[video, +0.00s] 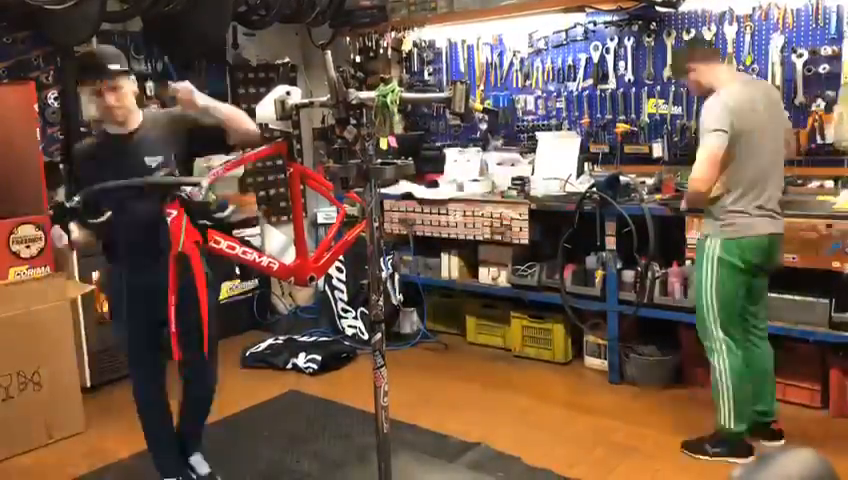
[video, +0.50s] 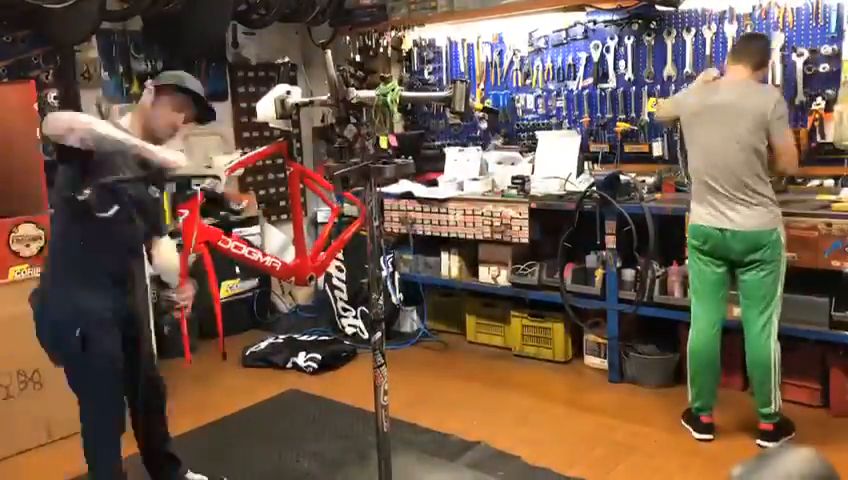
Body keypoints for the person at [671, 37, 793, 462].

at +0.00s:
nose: (690, 88)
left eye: (687, 80)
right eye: (687, 81)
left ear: (696, 68)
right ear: (717, 58)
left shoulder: (720, 102)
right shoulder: (768, 91)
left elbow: (703, 180)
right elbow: (788, 147)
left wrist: (690, 203)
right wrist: (744, 170)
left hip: (729, 235)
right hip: (767, 232)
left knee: (720, 334)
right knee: (753, 328)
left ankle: (731, 435)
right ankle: (764, 423)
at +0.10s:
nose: (754, 66)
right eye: (757, 60)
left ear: (718, 56)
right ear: (753, 59)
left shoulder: (681, 97)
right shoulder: (770, 105)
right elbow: (775, 178)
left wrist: (691, 158)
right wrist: (758, 161)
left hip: (678, 220)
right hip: (732, 226)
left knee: (684, 319)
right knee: (738, 322)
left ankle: (688, 417)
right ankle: (726, 426)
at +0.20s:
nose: (781, 73)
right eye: (782, 68)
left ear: (741, 57)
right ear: (777, 65)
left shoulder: (708, 96)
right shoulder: (782, 97)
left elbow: (684, 137)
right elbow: (802, 164)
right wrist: (777, 158)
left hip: (712, 226)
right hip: (765, 229)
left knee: (707, 321)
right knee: (766, 323)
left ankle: (702, 416)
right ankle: (769, 421)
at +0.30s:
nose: (774, 66)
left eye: (772, 60)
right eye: (775, 61)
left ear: (732, 52)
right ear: (768, 61)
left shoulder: (695, 98)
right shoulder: (775, 104)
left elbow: (662, 104)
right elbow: (796, 155)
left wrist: (705, 99)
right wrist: (763, 150)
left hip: (708, 226)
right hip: (762, 227)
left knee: (705, 320)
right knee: (762, 324)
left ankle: (702, 417)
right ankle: (768, 421)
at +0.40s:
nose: (766, 88)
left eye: (768, 84)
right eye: (768, 83)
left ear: (737, 58)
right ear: (762, 77)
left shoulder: (686, 99)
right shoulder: (754, 100)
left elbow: (675, 121)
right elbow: (776, 165)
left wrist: (702, 85)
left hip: (702, 227)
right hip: (752, 229)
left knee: (702, 322)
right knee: (757, 324)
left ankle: (700, 416)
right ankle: (769, 421)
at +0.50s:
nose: (769, 74)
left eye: (768, 69)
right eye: (770, 68)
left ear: (729, 59)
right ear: (764, 66)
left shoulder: (698, 94)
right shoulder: (769, 98)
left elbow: (661, 113)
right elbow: (787, 163)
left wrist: (698, 85)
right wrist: (761, 166)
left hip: (705, 226)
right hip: (757, 227)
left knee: (703, 320)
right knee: (760, 324)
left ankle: (701, 416)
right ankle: (768, 421)